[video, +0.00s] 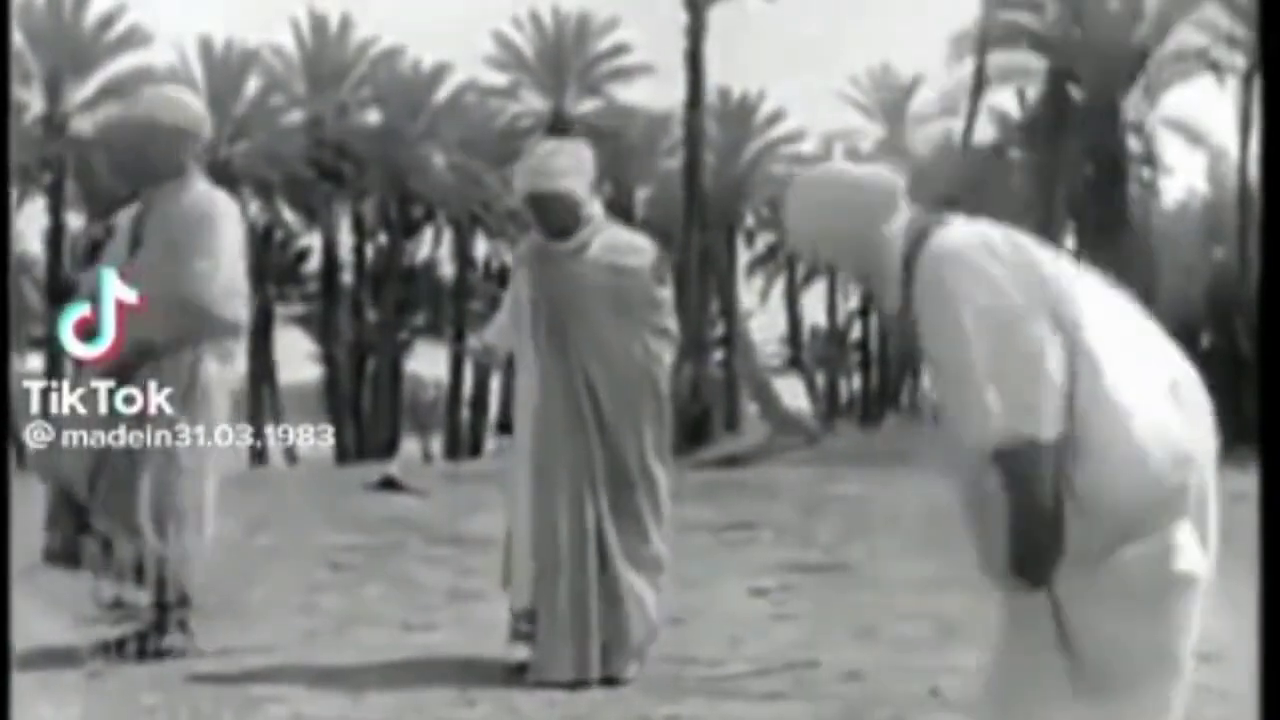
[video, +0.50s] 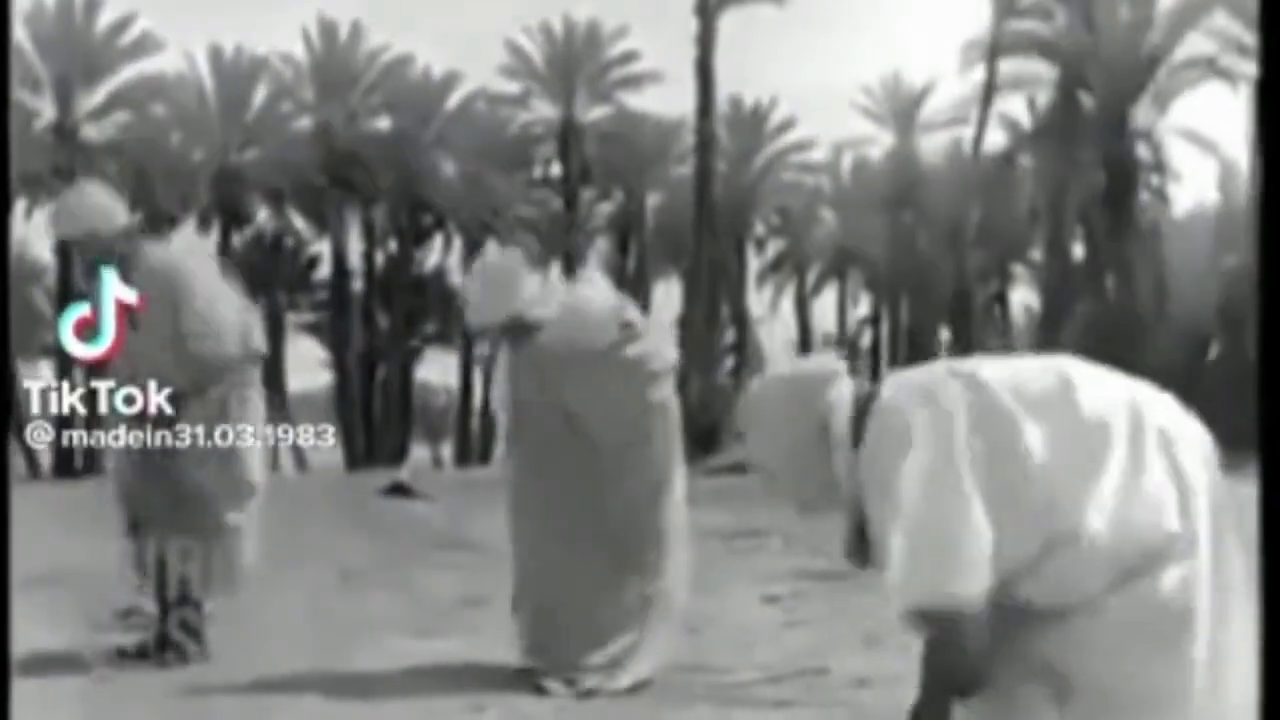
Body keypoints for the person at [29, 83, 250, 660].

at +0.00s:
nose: (112, 161)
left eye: (120, 146)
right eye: (110, 148)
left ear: (155, 142)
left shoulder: (203, 208)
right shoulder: (137, 215)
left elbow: (206, 305)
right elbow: (113, 291)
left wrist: (128, 344)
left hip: (188, 371)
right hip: (143, 370)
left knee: (171, 486)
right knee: (138, 484)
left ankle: (171, 614)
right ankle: (157, 606)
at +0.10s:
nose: (127, 155)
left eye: (137, 141)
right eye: (127, 142)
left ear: (167, 143)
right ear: (137, 149)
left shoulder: (207, 209)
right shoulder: (136, 218)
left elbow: (199, 300)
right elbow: (109, 288)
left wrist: (126, 335)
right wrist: (98, 332)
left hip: (193, 365)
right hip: (146, 366)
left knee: (174, 481)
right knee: (140, 481)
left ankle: (173, 614)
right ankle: (159, 603)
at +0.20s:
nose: (126, 158)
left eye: (136, 143)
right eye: (126, 146)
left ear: (166, 144)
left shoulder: (210, 211)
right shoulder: (144, 219)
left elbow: (208, 303)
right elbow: (121, 293)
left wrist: (131, 335)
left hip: (200, 365)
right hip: (154, 366)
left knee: (178, 481)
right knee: (149, 480)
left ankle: (177, 614)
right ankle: (163, 603)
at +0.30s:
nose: (122, 175)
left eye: (128, 162)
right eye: (120, 163)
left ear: (156, 160)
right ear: (157, 160)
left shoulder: (208, 222)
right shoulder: (149, 228)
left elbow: (222, 319)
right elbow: (151, 316)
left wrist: (154, 362)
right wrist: (125, 360)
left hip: (209, 379)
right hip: (165, 380)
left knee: (188, 501)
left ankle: (183, 624)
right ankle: (172, 608)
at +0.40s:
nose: (92, 200)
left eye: (99, 185)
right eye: (89, 187)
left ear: (128, 179)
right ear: (122, 183)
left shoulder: (191, 229)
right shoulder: (136, 235)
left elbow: (223, 325)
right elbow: (144, 320)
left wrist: (166, 369)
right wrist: (122, 362)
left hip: (207, 383)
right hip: (159, 383)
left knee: (188, 497)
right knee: (145, 495)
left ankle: (183, 626)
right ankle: (169, 616)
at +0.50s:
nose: (80, 261)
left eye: (82, 249)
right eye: (72, 252)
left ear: (105, 237)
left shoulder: (175, 266)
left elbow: (220, 349)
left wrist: (179, 396)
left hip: (202, 410)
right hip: (158, 408)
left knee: (184, 510)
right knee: (153, 511)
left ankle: (185, 623)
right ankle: (168, 620)